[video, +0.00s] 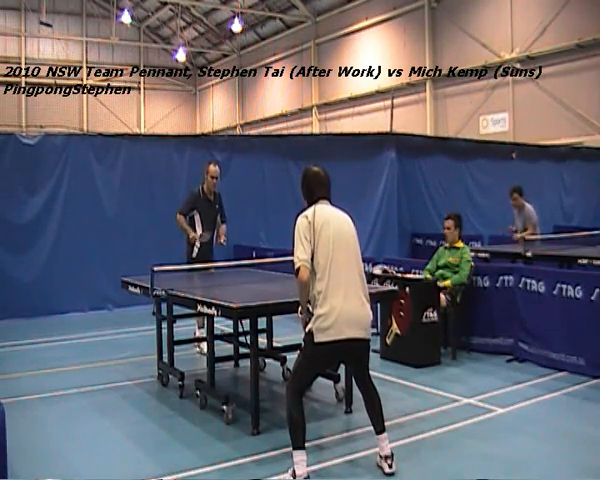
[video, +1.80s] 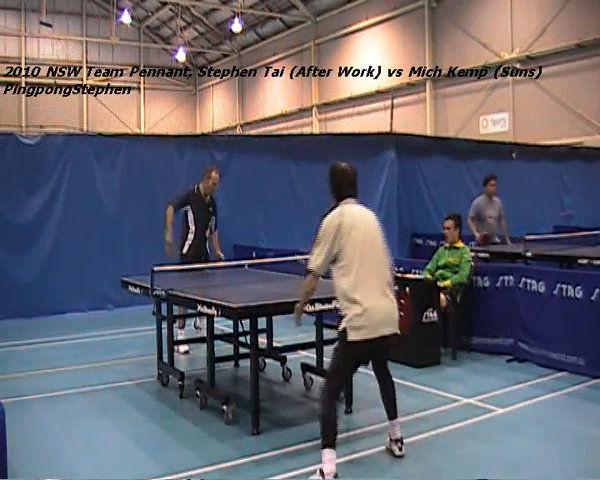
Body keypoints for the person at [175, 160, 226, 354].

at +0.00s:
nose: (215, 181)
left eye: (217, 178)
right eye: (212, 177)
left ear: (219, 178)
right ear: (205, 177)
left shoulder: (217, 197)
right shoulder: (195, 196)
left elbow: (222, 220)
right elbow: (179, 215)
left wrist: (221, 233)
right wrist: (190, 232)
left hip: (209, 249)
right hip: (196, 249)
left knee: (209, 291)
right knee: (199, 292)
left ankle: (202, 332)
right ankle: (200, 332)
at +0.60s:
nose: (215, 188)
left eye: (218, 184)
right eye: (212, 184)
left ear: (220, 184)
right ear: (206, 183)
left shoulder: (219, 200)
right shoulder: (198, 199)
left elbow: (226, 223)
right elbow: (193, 224)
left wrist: (226, 235)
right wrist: (215, 218)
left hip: (209, 252)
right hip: (195, 253)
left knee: (209, 292)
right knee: (199, 294)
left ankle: (198, 325)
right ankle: (200, 332)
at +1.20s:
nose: (220, 191)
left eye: (222, 188)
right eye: (219, 187)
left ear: (219, 188)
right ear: (209, 185)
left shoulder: (208, 200)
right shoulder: (203, 201)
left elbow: (211, 224)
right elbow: (216, 224)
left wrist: (224, 233)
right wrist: (226, 214)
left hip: (202, 252)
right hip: (196, 253)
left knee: (207, 289)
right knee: (203, 294)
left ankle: (199, 322)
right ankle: (202, 334)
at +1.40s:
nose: (222, 190)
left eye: (224, 187)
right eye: (220, 185)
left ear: (223, 187)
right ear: (211, 183)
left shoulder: (217, 202)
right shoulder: (201, 197)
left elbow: (214, 228)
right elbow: (185, 181)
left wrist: (218, 247)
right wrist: (190, 187)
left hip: (204, 249)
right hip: (190, 248)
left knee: (204, 286)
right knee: (193, 288)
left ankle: (199, 325)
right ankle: (192, 328)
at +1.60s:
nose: (217, 183)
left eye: (219, 181)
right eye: (215, 179)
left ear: (221, 182)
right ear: (207, 176)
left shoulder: (216, 198)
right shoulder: (196, 188)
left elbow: (214, 226)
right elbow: (174, 185)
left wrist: (216, 248)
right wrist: (168, 195)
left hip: (204, 248)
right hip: (189, 247)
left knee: (203, 287)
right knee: (185, 288)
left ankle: (198, 324)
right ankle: (180, 329)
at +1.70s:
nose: (214, 186)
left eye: (217, 183)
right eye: (213, 181)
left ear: (218, 183)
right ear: (206, 178)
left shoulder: (213, 201)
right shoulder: (192, 192)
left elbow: (214, 230)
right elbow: (171, 197)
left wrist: (218, 250)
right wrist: (166, 220)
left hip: (204, 253)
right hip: (188, 252)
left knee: (204, 291)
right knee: (183, 293)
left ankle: (198, 325)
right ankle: (179, 332)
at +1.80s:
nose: (214, 186)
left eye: (216, 183)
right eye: (212, 182)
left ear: (216, 184)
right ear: (204, 180)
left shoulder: (212, 202)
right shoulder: (191, 195)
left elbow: (212, 230)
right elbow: (170, 208)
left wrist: (216, 250)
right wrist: (168, 237)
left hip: (203, 254)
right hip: (188, 254)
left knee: (204, 291)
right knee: (183, 295)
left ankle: (200, 322)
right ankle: (179, 333)